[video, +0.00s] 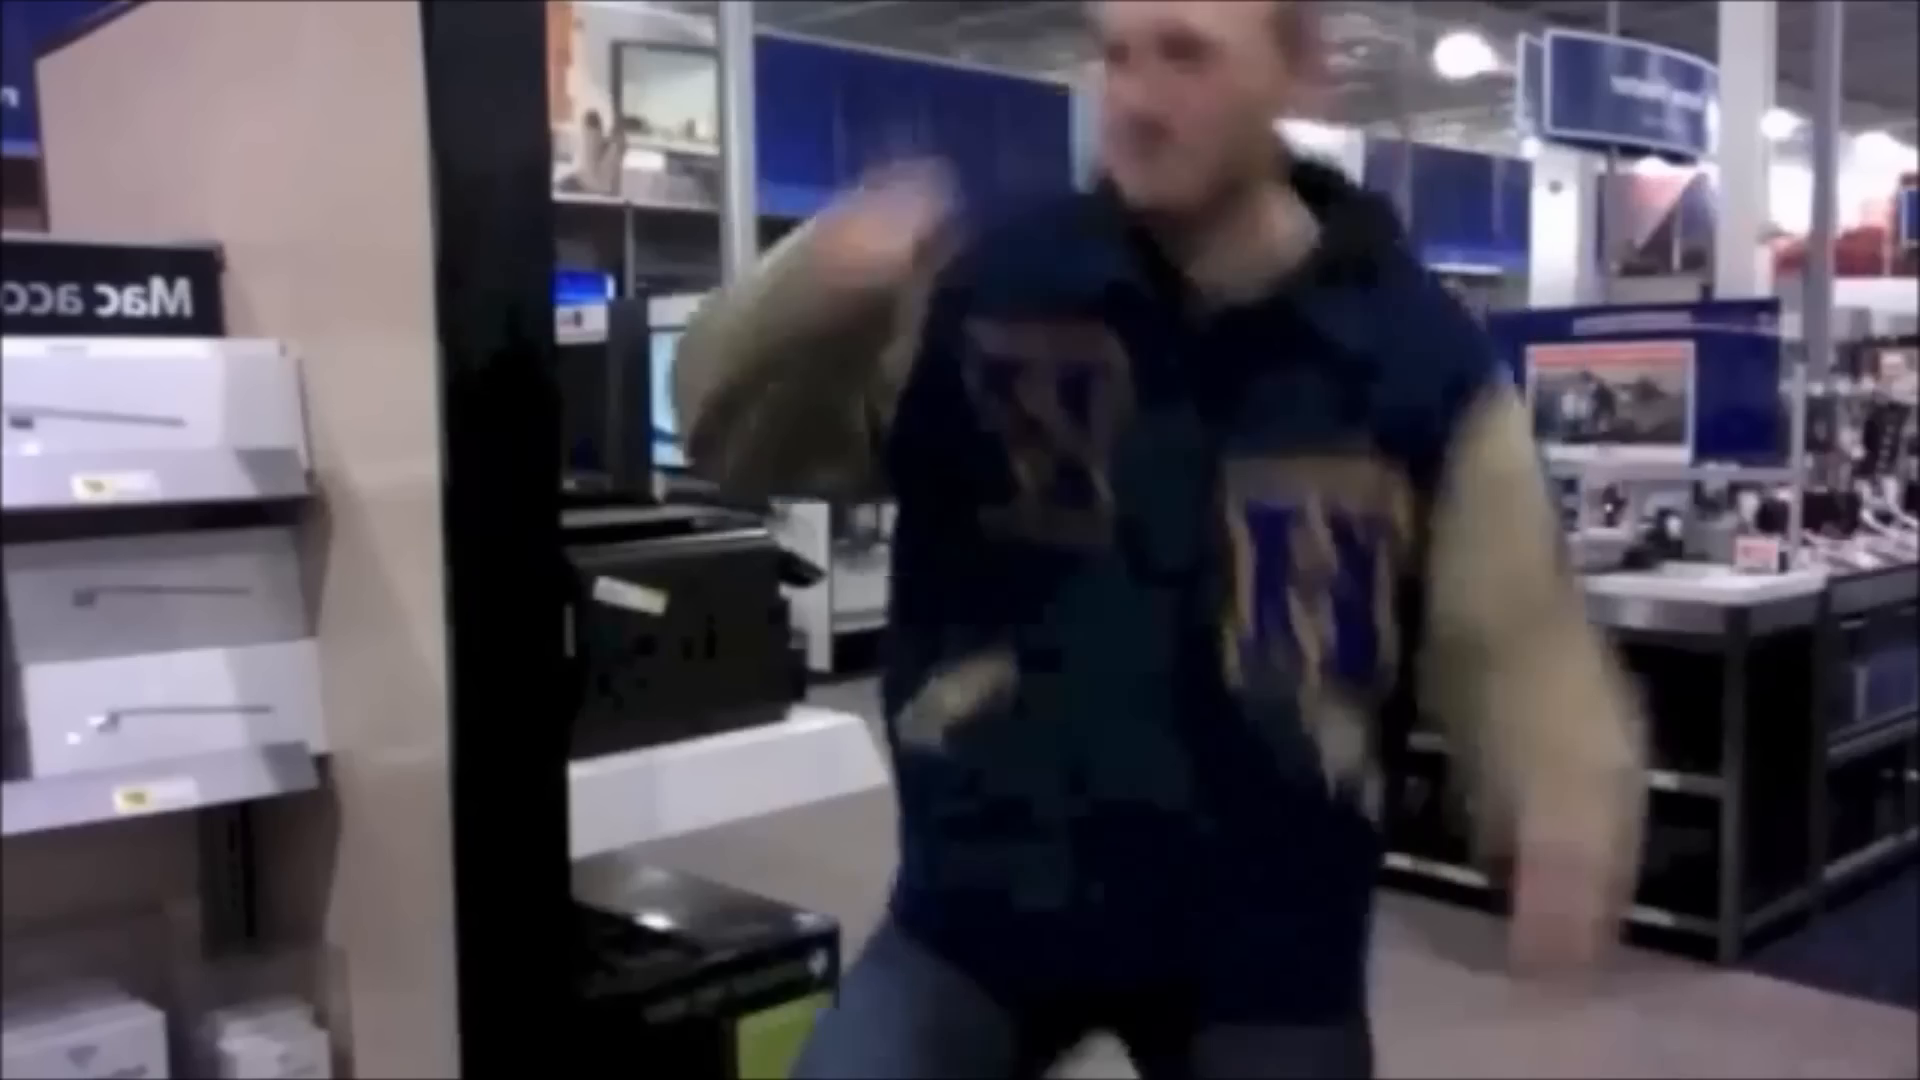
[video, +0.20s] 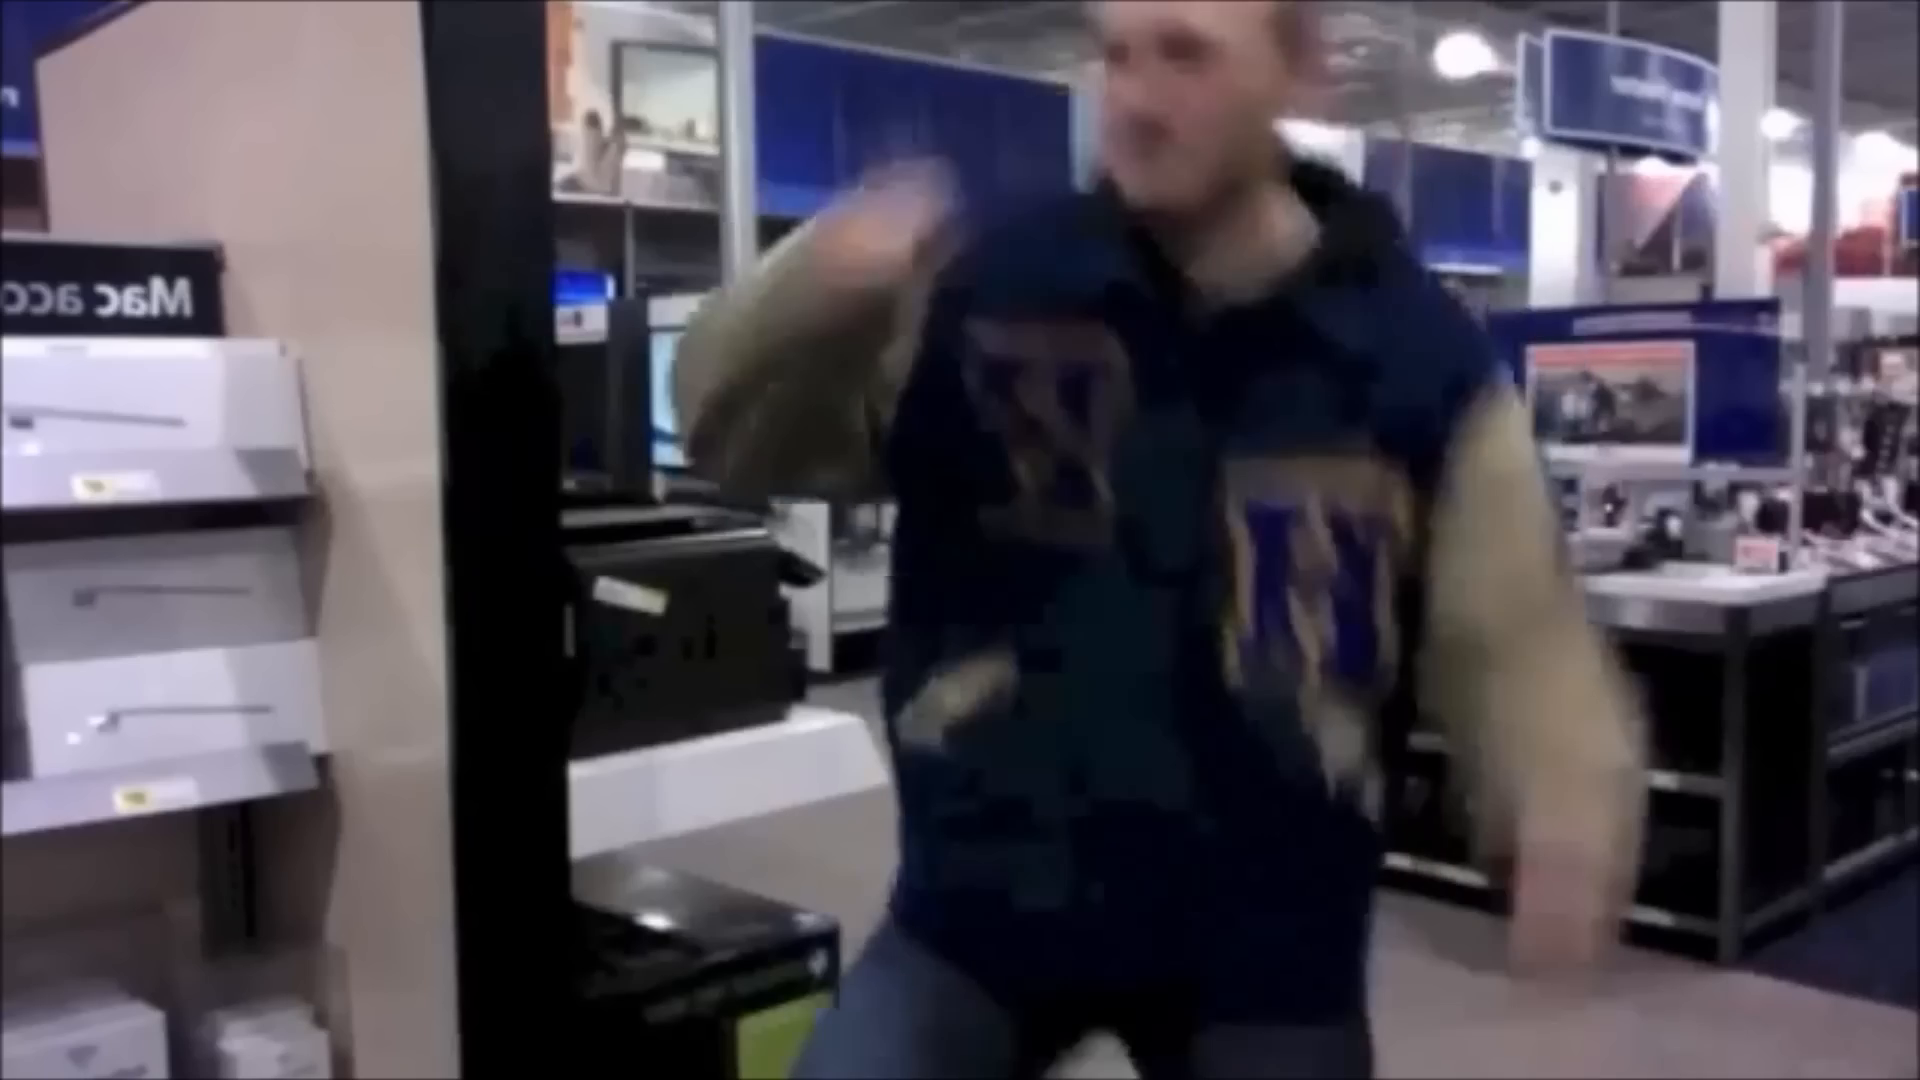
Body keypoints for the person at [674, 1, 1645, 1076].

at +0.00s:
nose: (1135, 96)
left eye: (1184, 56)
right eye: (1115, 56)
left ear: (1297, 71)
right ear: (1088, 71)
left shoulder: (1401, 337)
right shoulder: (987, 280)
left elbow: (1520, 622)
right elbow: (733, 434)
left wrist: (1569, 807)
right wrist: (816, 284)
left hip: (1258, 930)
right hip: (989, 904)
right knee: (846, 1064)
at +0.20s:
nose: (1135, 96)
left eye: (1184, 56)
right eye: (1115, 56)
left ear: (1297, 71)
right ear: (1088, 71)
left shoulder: (1401, 337)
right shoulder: (987, 280)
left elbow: (1520, 622)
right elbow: (733, 434)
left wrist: (1569, 807)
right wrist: (816, 284)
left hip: (1258, 930)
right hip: (989, 904)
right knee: (846, 1064)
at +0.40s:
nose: (871, 53)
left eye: (919, 11)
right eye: (842, 14)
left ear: (1009, 27)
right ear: (806, 40)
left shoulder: (1176, 219)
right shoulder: (742, 288)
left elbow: (1396, 422)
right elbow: (609, 518)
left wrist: (1394, 236)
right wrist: (566, 673)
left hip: (1158, 856)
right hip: (887, 878)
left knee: (1240, 1065)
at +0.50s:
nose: (871, 53)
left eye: (919, 12)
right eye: (841, 14)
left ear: (1009, 27)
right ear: (805, 39)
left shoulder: (1177, 220)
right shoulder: (743, 287)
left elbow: (1397, 422)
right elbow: (609, 518)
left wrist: (1394, 235)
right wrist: (566, 672)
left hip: (1158, 856)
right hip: (887, 877)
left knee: (1239, 1067)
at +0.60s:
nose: (1020, 11)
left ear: (1121, 10)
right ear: (937, 13)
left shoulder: (1244, 211)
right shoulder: (818, 198)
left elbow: (1362, 464)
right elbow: (667, 366)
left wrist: (1449, 674)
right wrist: (570, 367)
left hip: (1158, 838)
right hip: (897, 836)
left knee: (1232, 1064)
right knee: (830, 1060)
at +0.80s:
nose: (1100, 46)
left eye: (1147, 10)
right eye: (1072, 9)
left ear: (1236, 35)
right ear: (1037, 31)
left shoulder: (1337, 299)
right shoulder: (912, 258)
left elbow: (1417, 532)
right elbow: (707, 422)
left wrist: (1407, 682)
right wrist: (764, 236)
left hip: (1213, 892)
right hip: (947, 879)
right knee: (822, 1063)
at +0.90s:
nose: (1064, 19)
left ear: (1207, 19)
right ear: (1002, 15)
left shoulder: (1328, 250)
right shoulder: (896, 232)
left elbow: (1435, 520)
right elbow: (742, 490)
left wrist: (1432, 508)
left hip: (1214, 866)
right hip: (949, 857)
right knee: (823, 1068)